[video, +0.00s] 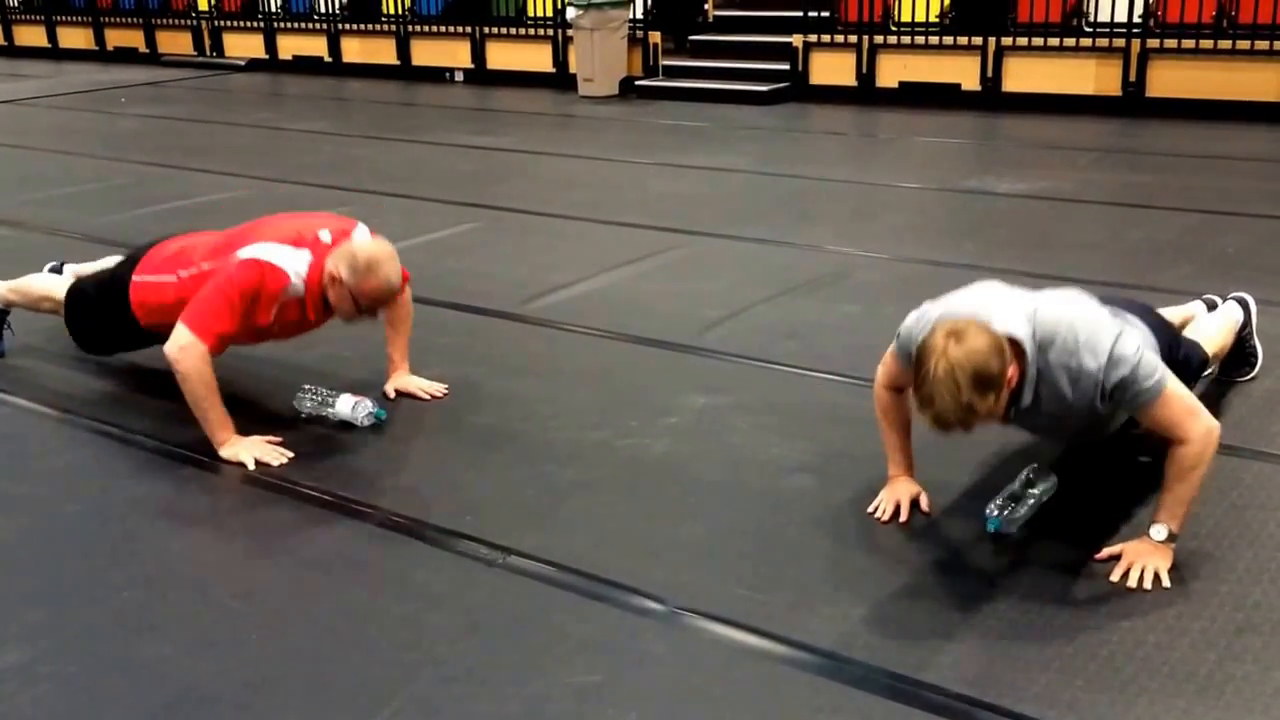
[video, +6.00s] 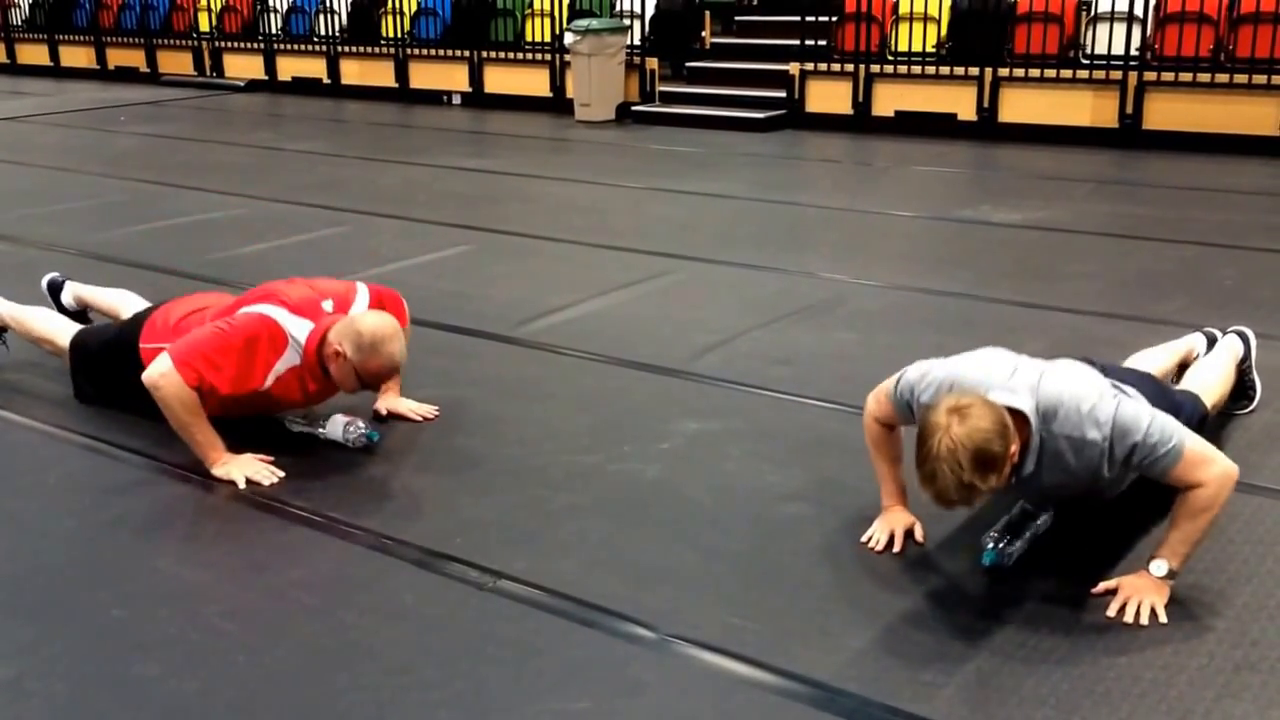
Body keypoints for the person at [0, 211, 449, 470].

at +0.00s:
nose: (363, 315)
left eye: (375, 306)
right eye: (358, 305)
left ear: (390, 282)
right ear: (333, 279)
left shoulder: (368, 250)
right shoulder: (258, 274)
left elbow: (400, 294)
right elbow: (185, 352)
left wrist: (401, 369)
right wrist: (228, 440)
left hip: (193, 259)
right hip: (142, 290)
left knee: (121, 272)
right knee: (69, 298)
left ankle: (73, 272)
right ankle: (5, 292)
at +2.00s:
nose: (371, 393)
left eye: (380, 387)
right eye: (365, 386)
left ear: (401, 336)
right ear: (342, 357)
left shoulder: (385, 306)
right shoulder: (265, 338)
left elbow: (400, 305)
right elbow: (167, 376)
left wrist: (392, 385)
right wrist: (221, 457)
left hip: (212, 304)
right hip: (151, 335)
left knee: (140, 306)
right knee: (71, 335)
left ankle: (65, 288)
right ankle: (6, 306)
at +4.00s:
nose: (369, 413)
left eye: (382, 407)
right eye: (365, 406)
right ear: (343, 374)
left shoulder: (388, 314)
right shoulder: (271, 350)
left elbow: (398, 310)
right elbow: (168, 378)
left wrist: (390, 393)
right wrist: (222, 457)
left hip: (223, 314)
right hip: (158, 344)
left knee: (143, 316)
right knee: (74, 342)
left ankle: (69, 290)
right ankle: (7, 308)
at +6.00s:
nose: (365, 388)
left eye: (375, 381)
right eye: (360, 380)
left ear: (395, 335)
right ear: (334, 353)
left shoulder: (371, 308)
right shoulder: (261, 340)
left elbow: (395, 305)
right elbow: (163, 380)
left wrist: (390, 388)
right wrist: (220, 458)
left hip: (208, 312)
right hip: (148, 343)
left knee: (139, 314)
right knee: (72, 342)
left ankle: (70, 291)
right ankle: (4, 310)